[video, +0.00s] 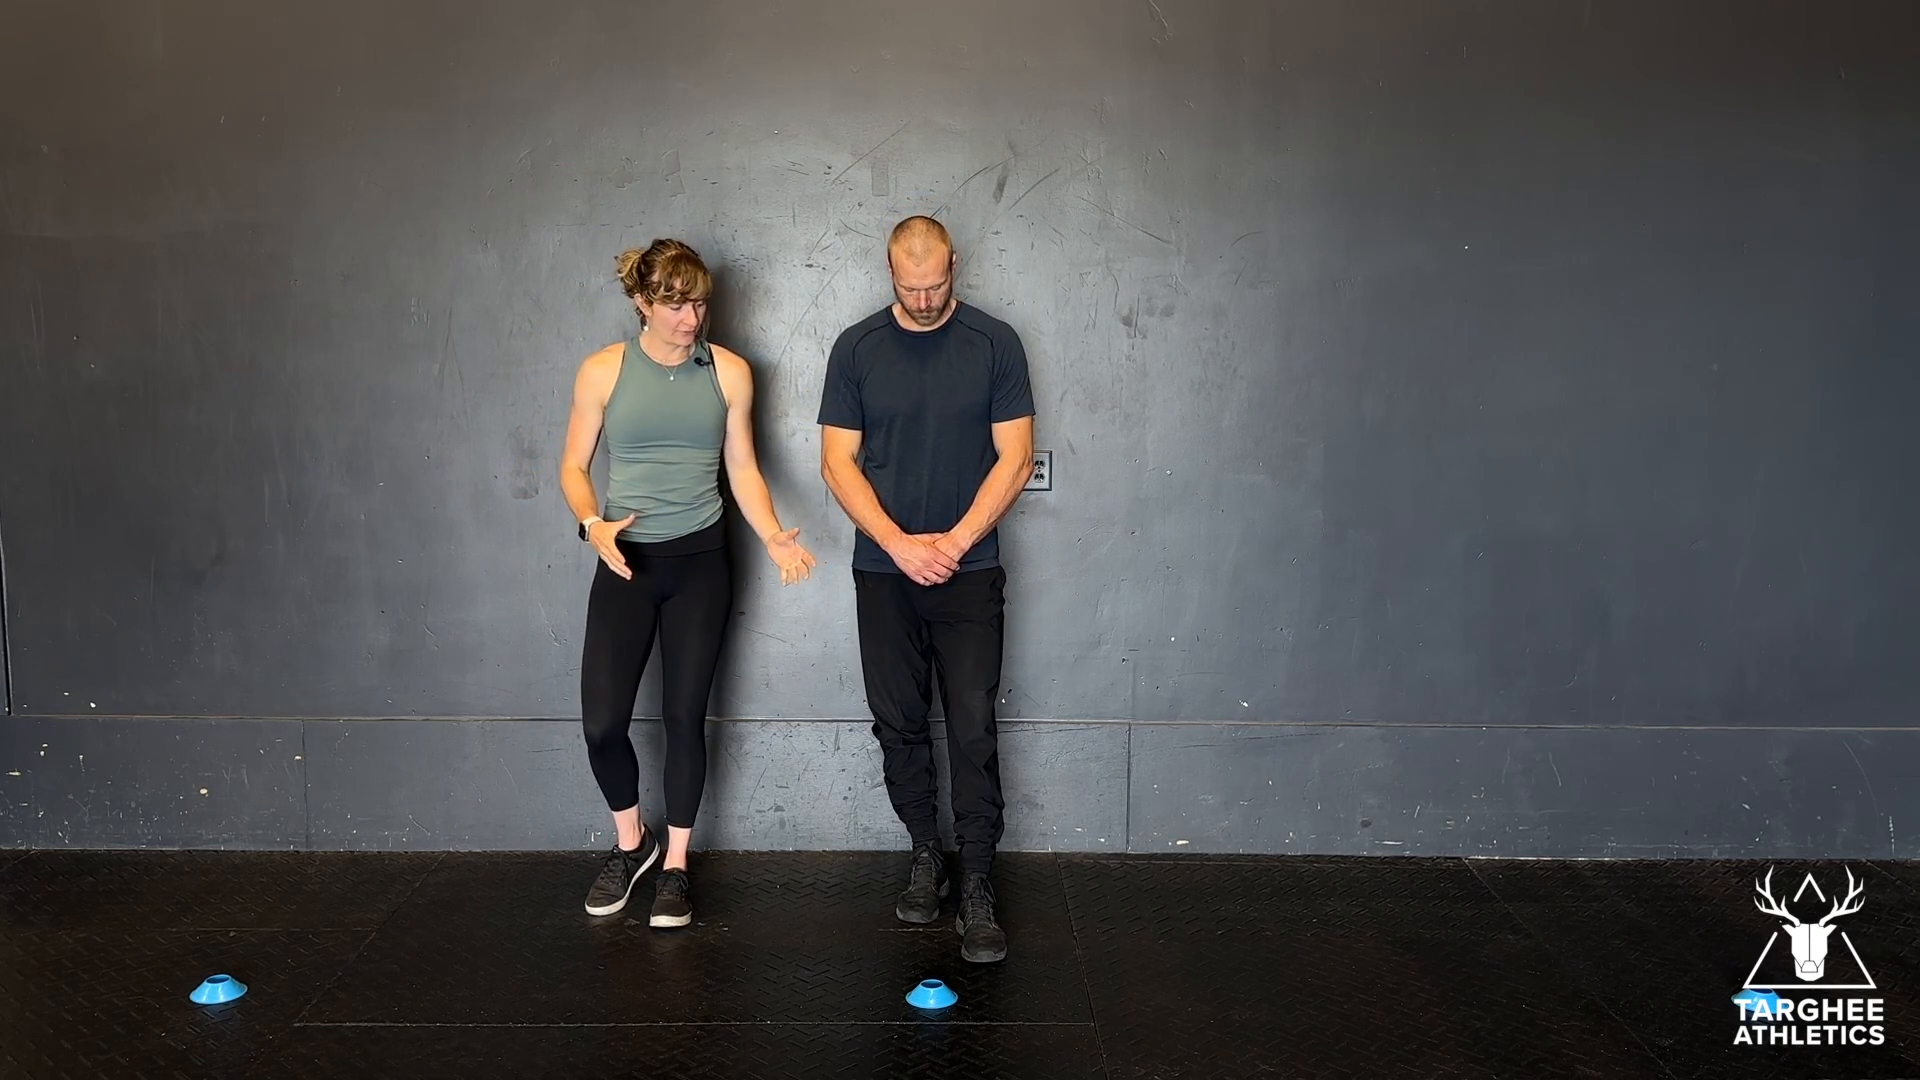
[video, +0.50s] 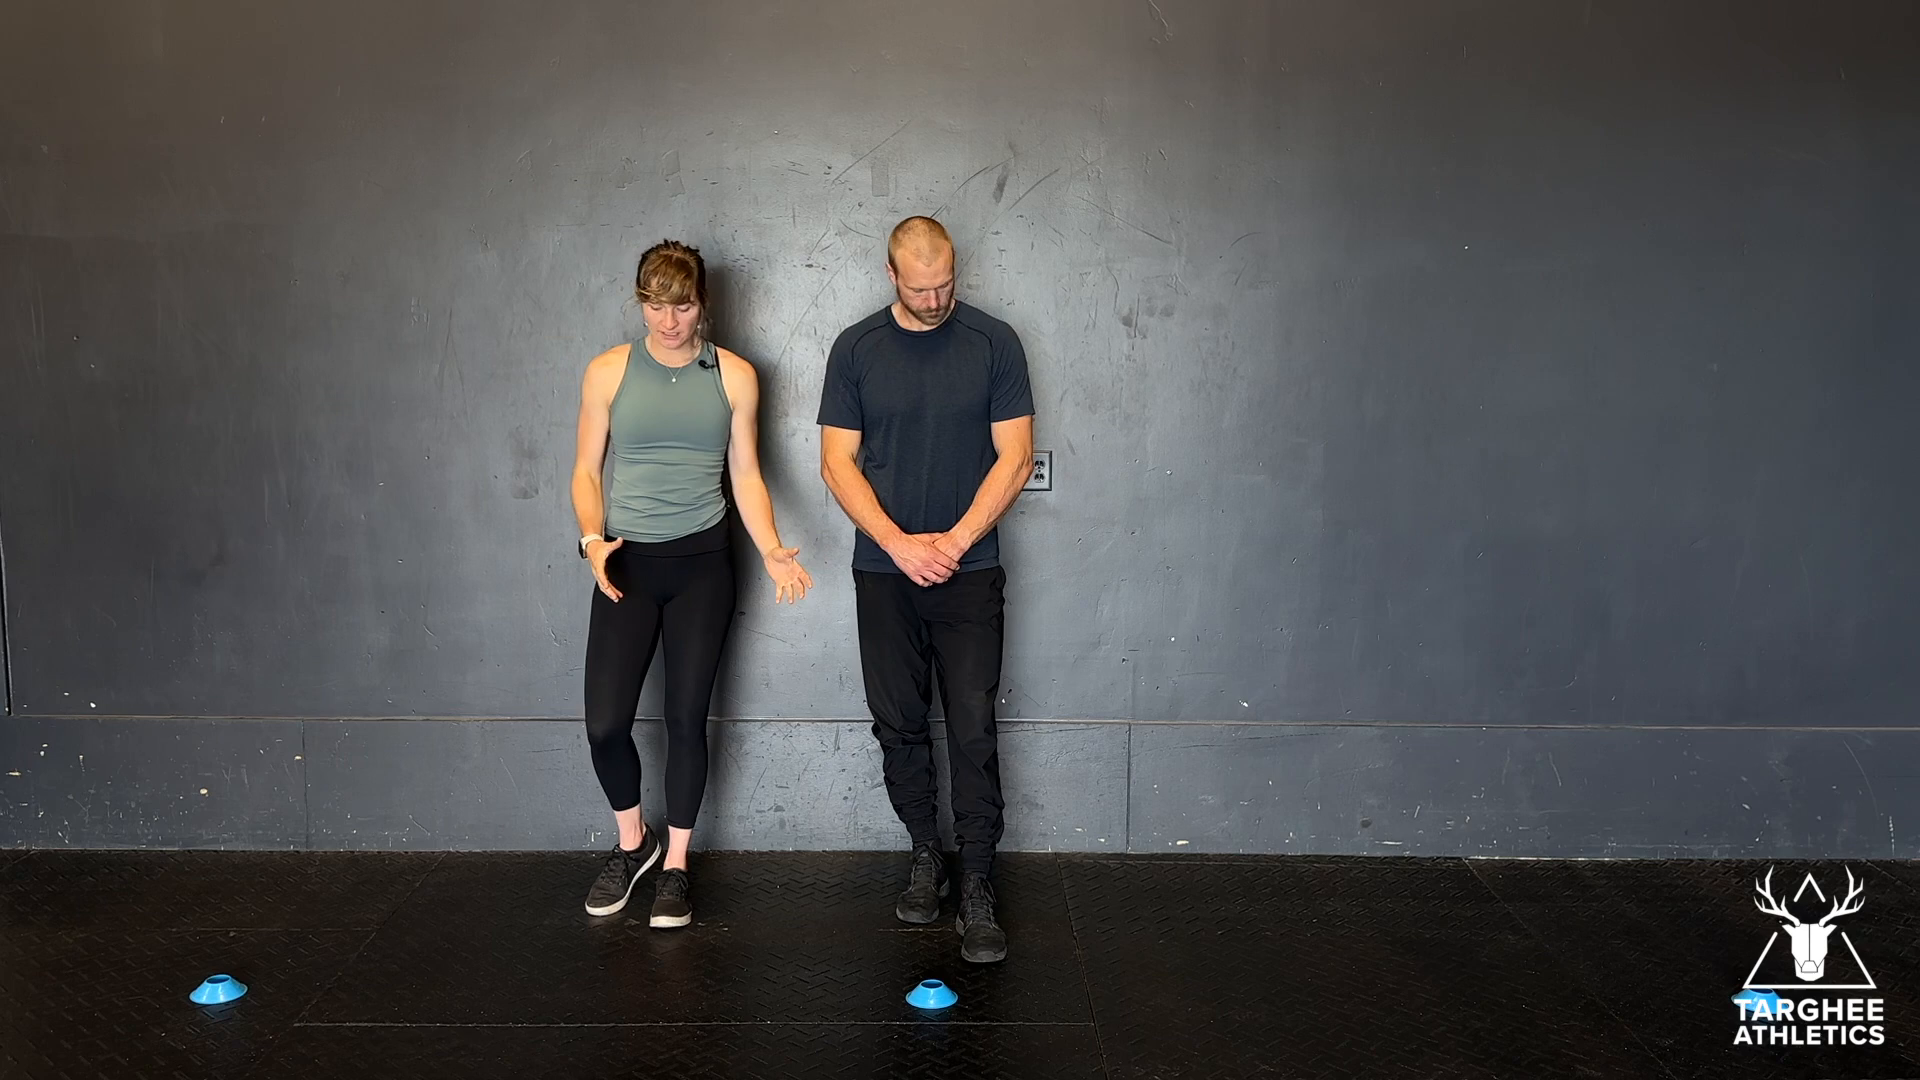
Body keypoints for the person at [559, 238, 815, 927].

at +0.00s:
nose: (691, 316)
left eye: (698, 303)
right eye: (677, 305)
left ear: (705, 300)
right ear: (644, 303)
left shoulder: (728, 371)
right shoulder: (604, 371)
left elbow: (743, 467)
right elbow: (573, 468)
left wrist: (775, 537)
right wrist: (592, 524)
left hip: (701, 560)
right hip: (623, 562)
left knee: (685, 714)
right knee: (602, 722)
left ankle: (675, 866)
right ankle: (633, 843)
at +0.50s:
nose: (672, 321)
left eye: (684, 308)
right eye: (660, 308)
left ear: (702, 304)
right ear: (641, 303)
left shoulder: (734, 375)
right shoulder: (609, 372)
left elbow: (746, 473)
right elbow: (587, 470)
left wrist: (773, 551)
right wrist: (593, 539)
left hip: (704, 563)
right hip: (626, 564)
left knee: (686, 717)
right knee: (605, 722)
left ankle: (675, 867)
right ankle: (635, 846)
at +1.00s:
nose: (654, 319)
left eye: (667, 306)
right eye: (646, 305)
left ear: (698, 304)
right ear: (635, 305)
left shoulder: (736, 377)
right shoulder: (612, 369)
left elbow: (751, 475)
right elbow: (594, 467)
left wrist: (768, 557)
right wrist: (585, 538)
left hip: (703, 560)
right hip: (624, 561)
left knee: (686, 716)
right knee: (600, 719)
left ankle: (675, 866)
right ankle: (636, 843)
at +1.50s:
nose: (673, 322)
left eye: (683, 309)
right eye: (660, 310)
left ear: (701, 303)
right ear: (641, 307)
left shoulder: (735, 374)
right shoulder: (610, 371)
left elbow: (750, 473)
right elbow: (591, 467)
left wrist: (761, 556)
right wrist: (581, 546)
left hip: (704, 561)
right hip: (626, 562)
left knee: (688, 715)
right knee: (605, 720)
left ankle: (677, 865)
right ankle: (635, 841)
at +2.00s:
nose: (664, 321)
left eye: (675, 308)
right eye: (651, 310)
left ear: (694, 303)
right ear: (635, 307)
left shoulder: (730, 375)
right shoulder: (607, 370)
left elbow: (751, 475)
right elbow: (567, 467)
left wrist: (773, 557)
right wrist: (538, 552)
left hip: (700, 561)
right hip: (623, 561)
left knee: (683, 714)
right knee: (602, 721)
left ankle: (675, 865)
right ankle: (631, 842)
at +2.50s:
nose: (667, 314)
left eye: (676, 299)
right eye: (652, 303)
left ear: (691, 299)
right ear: (631, 307)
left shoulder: (726, 375)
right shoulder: (607, 375)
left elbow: (751, 475)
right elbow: (559, 470)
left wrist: (778, 559)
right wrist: (504, 549)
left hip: (700, 561)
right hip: (624, 561)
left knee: (683, 715)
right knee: (596, 716)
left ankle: (674, 868)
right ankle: (634, 848)